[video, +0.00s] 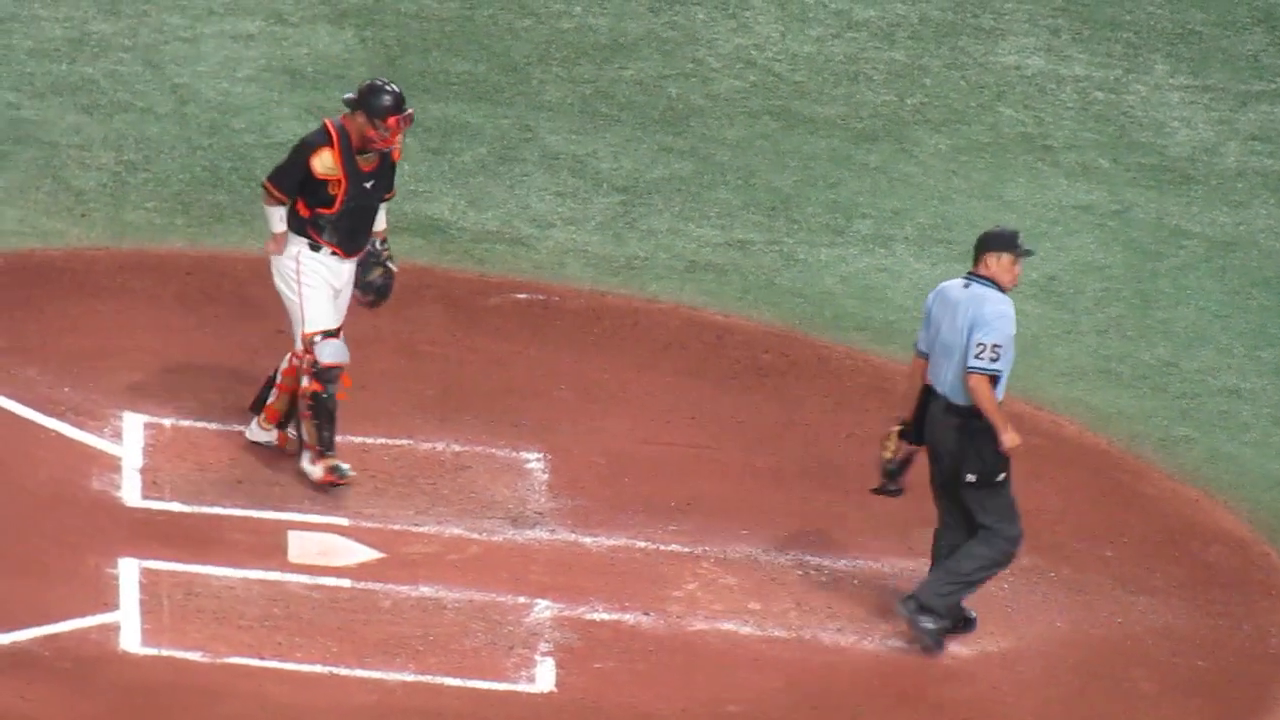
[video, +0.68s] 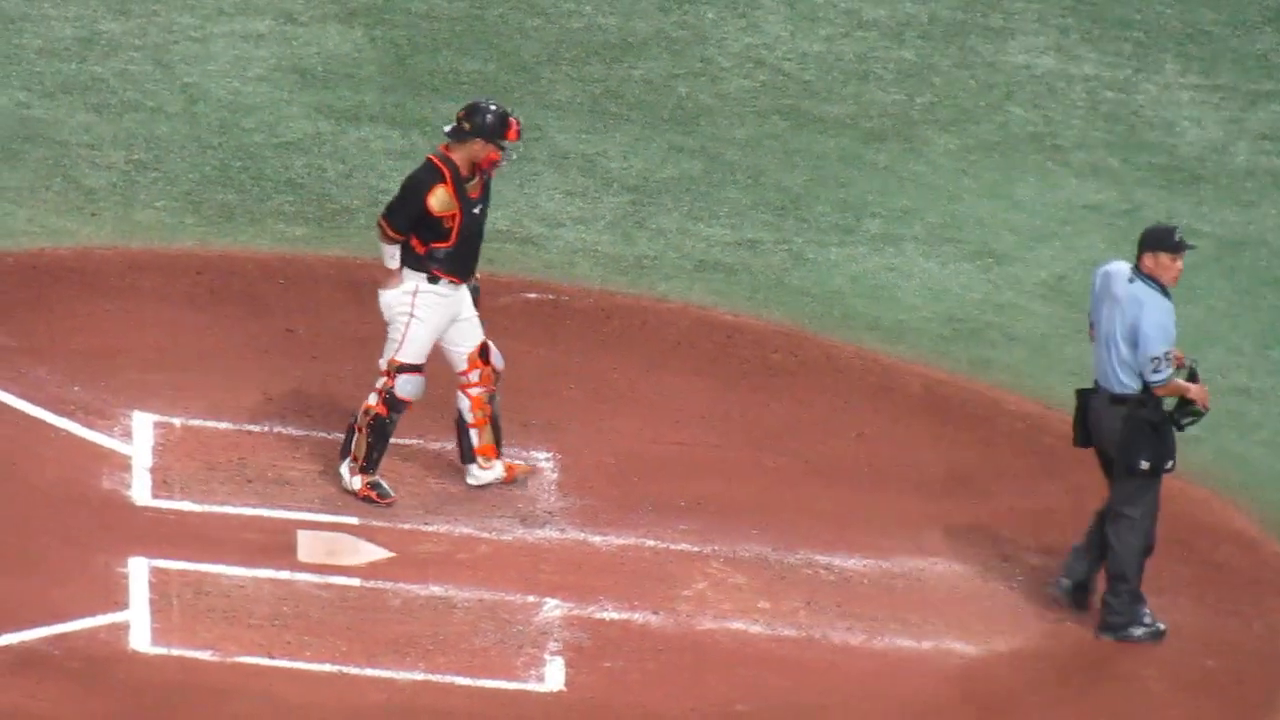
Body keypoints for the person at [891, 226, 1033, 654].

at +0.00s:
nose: (1019, 269)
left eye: (1019, 261)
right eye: (1013, 261)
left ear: (983, 262)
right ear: (990, 261)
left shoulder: (944, 291)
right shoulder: (996, 308)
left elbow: (923, 360)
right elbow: (977, 379)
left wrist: (916, 418)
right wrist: (1003, 428)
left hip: (936, 416)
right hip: (969, 426)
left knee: (954, 520)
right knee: (1002, 533)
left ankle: (945, 605)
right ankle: (929, 603)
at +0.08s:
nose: (1036, 265)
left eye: (1037, 258)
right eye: (1030, 258)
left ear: (1001, 261)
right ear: (1005, 258)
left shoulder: (962, 290)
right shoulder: (1011, 308)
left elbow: (948, 363)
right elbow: (993, 380)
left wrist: (946, 414)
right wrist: (1025, 420)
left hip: (955, 418)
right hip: (989, 427)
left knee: (962, 524)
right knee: (1034, 529)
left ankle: (942, 618)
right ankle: (978, 609)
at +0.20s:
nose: (1063, 267)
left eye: (1063, 260)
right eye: (1056, 260)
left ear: (1029, 264)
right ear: (1032, 262)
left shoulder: (996, 287)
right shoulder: (1036, 312)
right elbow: (1024, 385)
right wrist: (1057, 417)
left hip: (982, 418)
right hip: (1016, 429)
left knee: (971, 520)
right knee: (1062, 525)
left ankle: (948, 614)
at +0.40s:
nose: (1113, 275)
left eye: (1112, 267)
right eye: (1105, 268)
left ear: (1083, 271)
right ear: (1081, 270)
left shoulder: (1051, 288)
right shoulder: (1083, 318)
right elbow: (1083, 392)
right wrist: (1120, 413)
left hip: (1041, 420)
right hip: (1073, 431)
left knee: (1014, 520)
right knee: (1102, 532)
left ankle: (961, 604)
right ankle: (1117, 619)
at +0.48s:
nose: (1135, 276)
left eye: (1136, 267)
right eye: (1128, 268)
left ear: (1104, 269)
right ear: (1104, 269)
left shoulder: (1073, 285)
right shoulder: (1106, 318)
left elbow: (1079, 346)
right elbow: (1104, 391)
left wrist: (1117, 375)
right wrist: (1145, 407)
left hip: (1064, 418)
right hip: (1096, 428)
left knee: (1049, 518)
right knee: (1116, 531)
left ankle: (981, 586)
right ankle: (1119, 619)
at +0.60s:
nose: (1163, 269)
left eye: (1163, 261)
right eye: (1155, 261)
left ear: (1130, 264)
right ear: (1132, 263)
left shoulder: (1096, 278)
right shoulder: (1137, 312)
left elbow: (1097, 339)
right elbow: (1137, 384)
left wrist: (1146, 364)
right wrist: (1176, 395)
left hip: (1089, 409)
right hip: (1121, 420)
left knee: (1097, 512)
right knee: (1127, 526)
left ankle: (1035, 569)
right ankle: (1120, 617)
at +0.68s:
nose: (1181, 266)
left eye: (1181, 258)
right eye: (1174, 258)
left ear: (1145, 259)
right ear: (1150, 259)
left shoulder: (1110, 273)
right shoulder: (1156, 309)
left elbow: (1098, 331)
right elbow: (1158, 380)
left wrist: (1157, 353)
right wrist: (1189, 390)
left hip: (1101, 407)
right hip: (1133, 418)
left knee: (1123, 503)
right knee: (1134, 517)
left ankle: (1078, 573)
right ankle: (1122, 614)